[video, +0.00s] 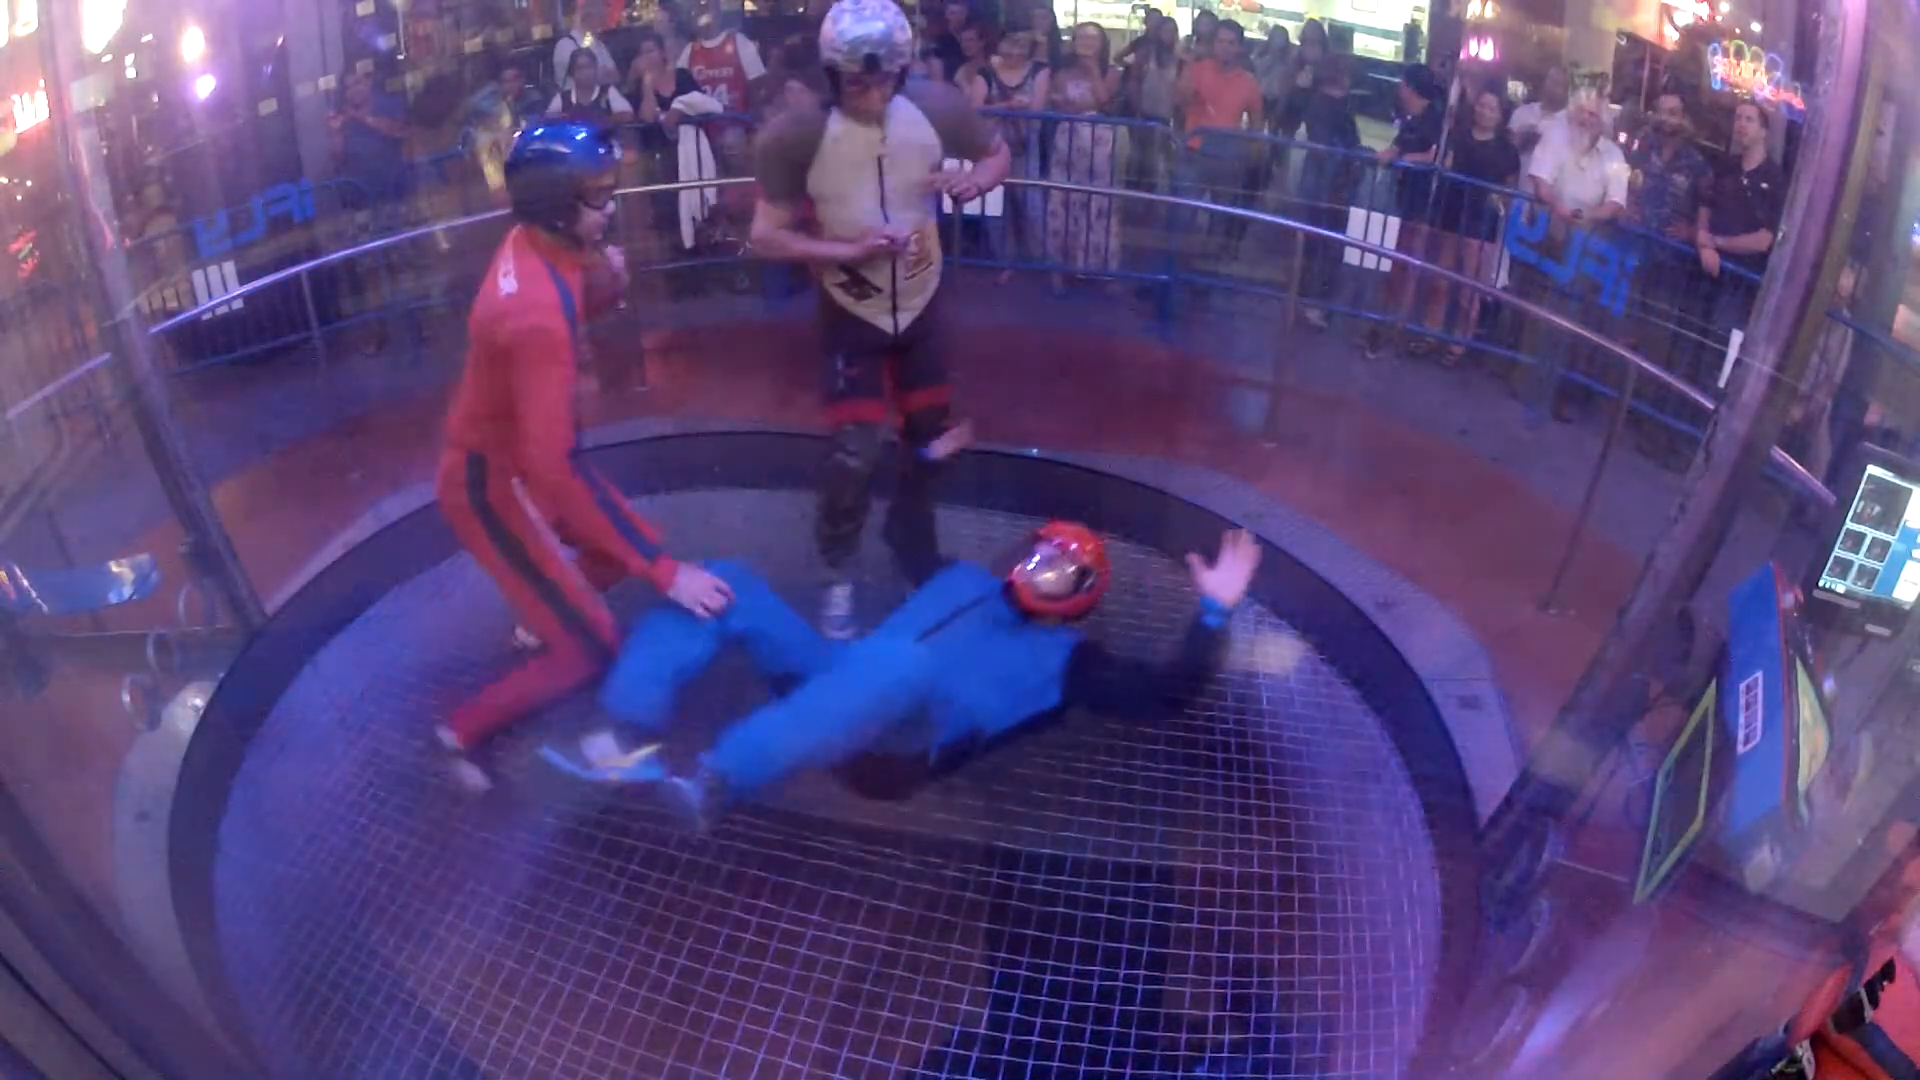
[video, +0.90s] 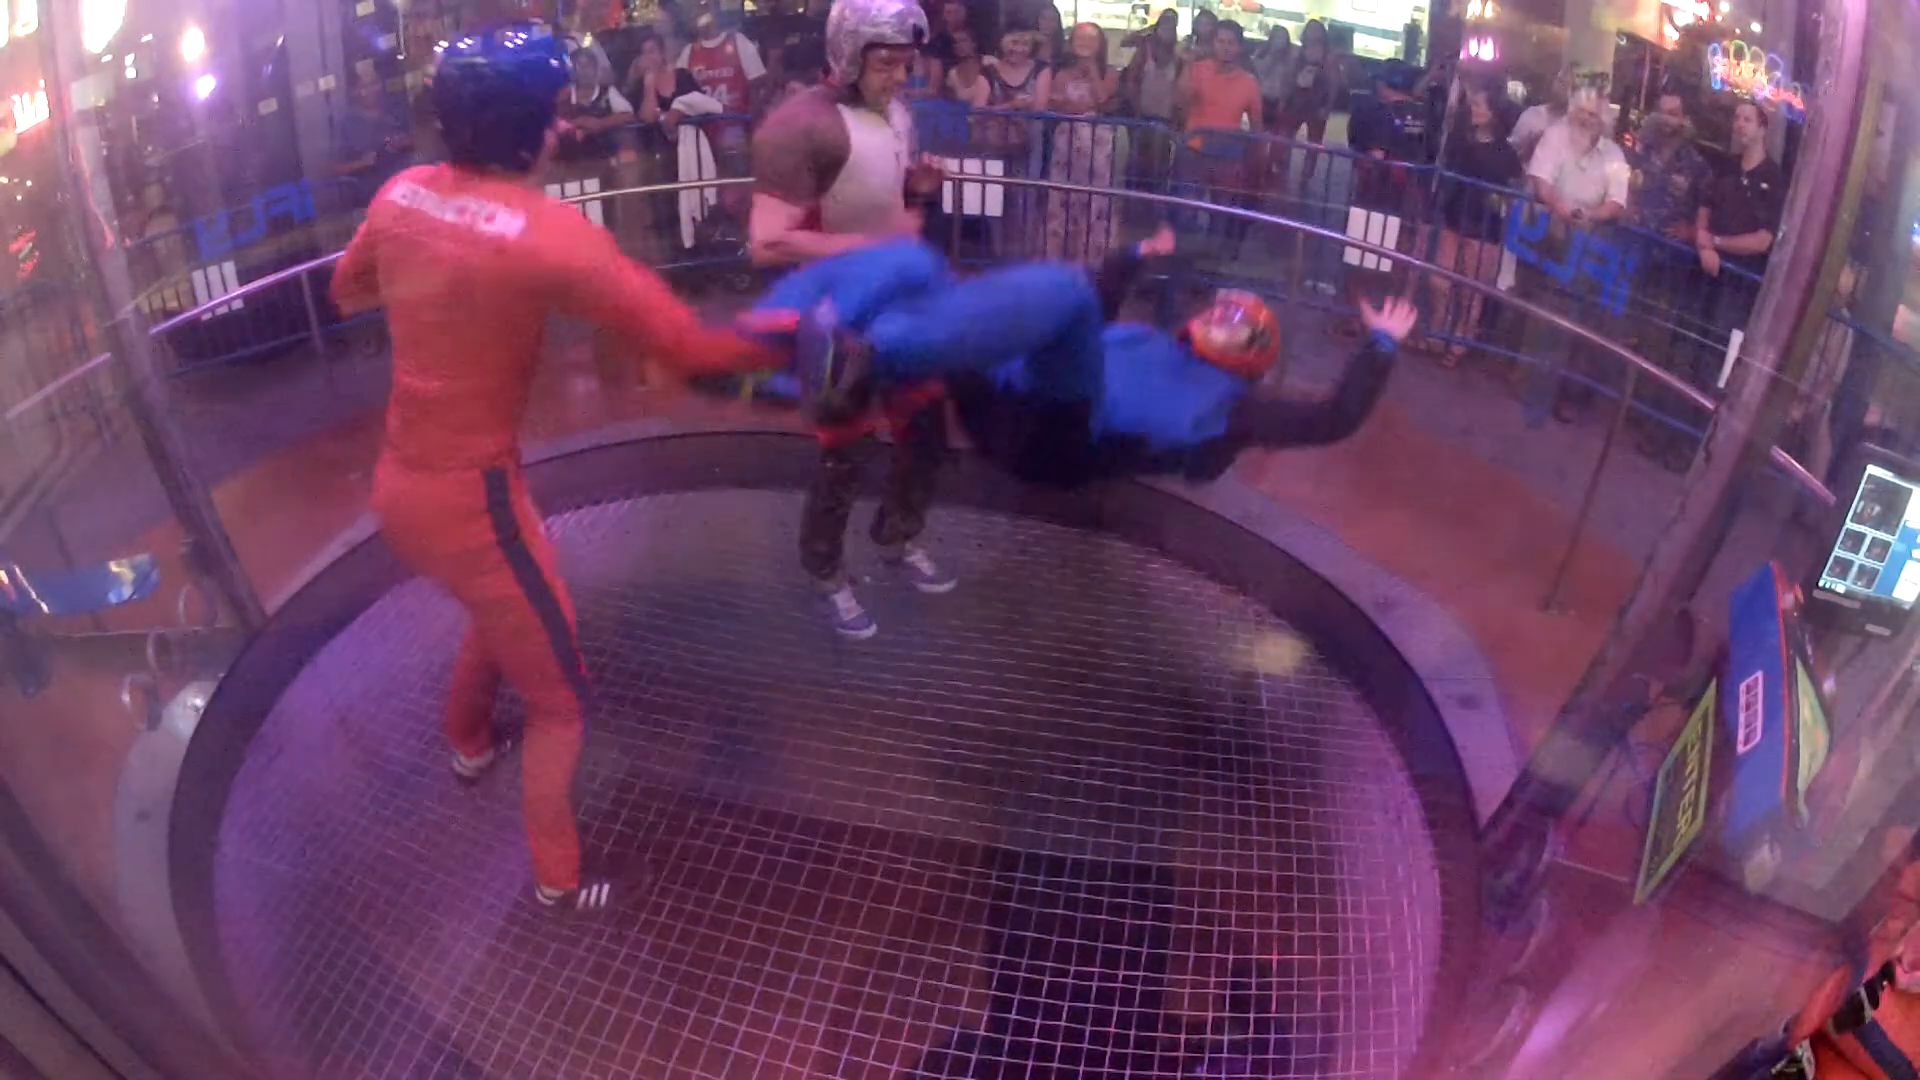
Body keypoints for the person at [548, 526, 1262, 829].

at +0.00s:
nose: (1043, 568)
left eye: (1064, 567)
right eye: (1041, 553)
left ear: (1083, 594)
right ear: (1020, 552)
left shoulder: (1072, 665)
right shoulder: (965, 583)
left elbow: (1170, 698)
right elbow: (906, 533)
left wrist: (1215, 610)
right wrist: (927, 461)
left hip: (896, 750)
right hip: (833, 698)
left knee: (903, 663)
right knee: (717, 584)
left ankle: (711, 783)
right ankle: (624, 732)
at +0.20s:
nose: (1091, 535)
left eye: (1111, 538)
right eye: (1086, 520)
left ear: (1121, 566)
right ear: (1060, 520)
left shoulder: (1101, 625)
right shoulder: (1000, 542)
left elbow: (1199, 657)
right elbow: (958, 489)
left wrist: (1256, 577)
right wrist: (988, 418)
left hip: (943, 684)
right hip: (882, 625)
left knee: (964, 648)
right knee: (787, 513)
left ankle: (780, 753)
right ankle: (687, 668)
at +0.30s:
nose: (1112, 515)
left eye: (1130, 519)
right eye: (1109, 502)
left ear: (1140, 545)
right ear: (1085, 502)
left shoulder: (1120, 604)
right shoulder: (1023, 524)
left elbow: (1223, 625)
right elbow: (975, 473)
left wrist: (1275, 557)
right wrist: (1019, 405)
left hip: (948, 664)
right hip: (892, 607)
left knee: (997, 613)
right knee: (812, 479)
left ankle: (799, 709)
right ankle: (702, 623)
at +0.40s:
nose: (1133, 492)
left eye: (1151, 496)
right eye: (1130, 480)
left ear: (1160, 527)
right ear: (1106, 482)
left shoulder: (1139, 590)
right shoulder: (1054, 504)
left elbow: (1248, 595)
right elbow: (1001, 470)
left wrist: (1292, 520)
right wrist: (1045, 399)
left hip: (964, 633)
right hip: (916, 566)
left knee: (1022, 535)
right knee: (835, 443)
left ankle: (822, 636)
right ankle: (703, 539)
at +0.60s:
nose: (1173, 426)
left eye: (1189, 433)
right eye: (1170, 419)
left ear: (1197, 465)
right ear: (1147, 427)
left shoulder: (1182, 520)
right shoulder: (1086, 458)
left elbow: (1277, 526)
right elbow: (1043, 422)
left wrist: (1322, 451)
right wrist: (1092, 362)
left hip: (1005, 562)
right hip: (947, 518)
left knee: (1023, 427)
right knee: (857, 377)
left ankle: (833, 490)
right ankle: (717, 476)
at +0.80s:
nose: (1206, 356)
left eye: (1226, 361)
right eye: (1204, 347)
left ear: (1240, 393)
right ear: (1183, 352)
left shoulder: (1219, 444)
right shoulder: (1133, 379)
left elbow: (1319, 452)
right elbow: (1073, 362)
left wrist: (1365, 380)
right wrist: (1119, 296)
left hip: (1052, 474)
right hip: (1008, 428)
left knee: (1054, 325)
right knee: (882, 309)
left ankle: (855, 402)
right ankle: (720, 386)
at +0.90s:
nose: (1223, 317)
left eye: (1243, 323)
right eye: (1221, 308)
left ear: (1253, 357)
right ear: (1197, 313)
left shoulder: (1234, 406)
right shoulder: (1147, 340)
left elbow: (1335, 422)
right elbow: (1092, 308)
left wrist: (1380, 347)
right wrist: (1138, 258)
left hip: (1061, 442)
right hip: (1007, 398)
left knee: (1069, 289)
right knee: (916, 258)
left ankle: (868, 360)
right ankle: (757, 335)